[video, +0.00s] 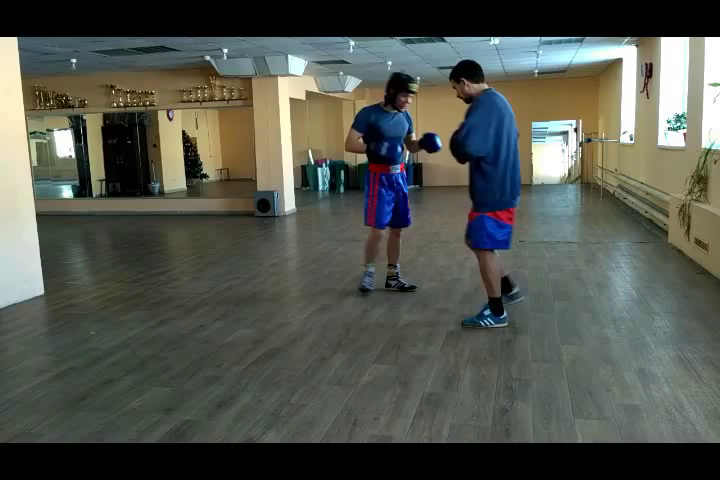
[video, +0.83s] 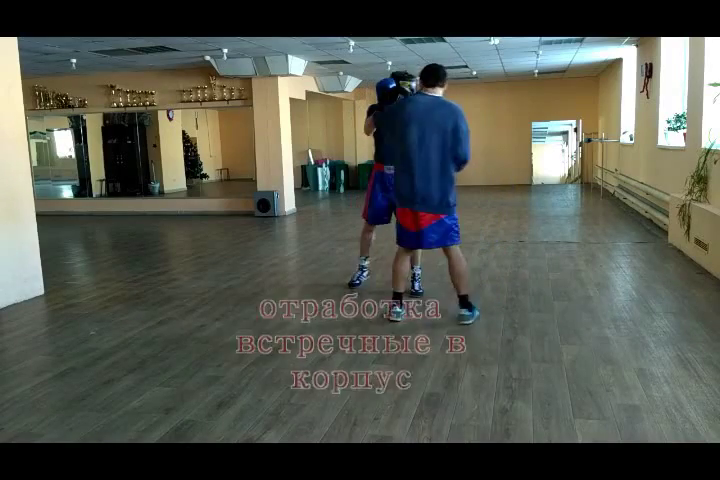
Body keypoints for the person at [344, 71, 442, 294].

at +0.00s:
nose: (408, 101)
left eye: (410, 96)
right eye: (405, 96)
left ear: (409, 96)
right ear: (392, 93)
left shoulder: (405, 117)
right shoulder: (369, 114)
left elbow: (410, 146)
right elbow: (350, 145)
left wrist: (423, 144)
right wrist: (371, 147)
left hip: (399, 177)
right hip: (378, 177)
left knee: (396, 229)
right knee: (379, 229)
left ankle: (393, 277)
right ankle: (368, 273)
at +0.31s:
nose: (377, 102)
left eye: (379, 97)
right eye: (372, 97)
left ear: (383, 97)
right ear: (360, 98)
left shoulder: (390, 117)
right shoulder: (349, 122)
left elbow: (402, 148)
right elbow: (343, 155)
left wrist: (399, 148)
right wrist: (360, 152)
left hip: (388, 177)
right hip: (363, 179)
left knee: (401, 226)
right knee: (357, 228)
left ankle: (409, 270)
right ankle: (355, 269)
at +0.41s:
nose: (376, 101)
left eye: (379, 97)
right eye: (371, 97)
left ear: (382, 97)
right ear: (360, 97)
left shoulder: (389, 116)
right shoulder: (348, 120)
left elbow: (403, 150)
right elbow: (342, 153)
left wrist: (390, 146)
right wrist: (361, 148)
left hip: (388, 176)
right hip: (363, 177)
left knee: (400, 225)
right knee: (357, 227)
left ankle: (410, 270)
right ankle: (355, 269)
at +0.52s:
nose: (380, 98)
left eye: (383, 94)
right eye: (375, 94)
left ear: (387, 95)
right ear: (365, 94)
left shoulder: (391, 113)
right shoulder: (353, 115)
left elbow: (406, 134)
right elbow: (346, 142)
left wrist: (409, 109)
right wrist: (358, 116)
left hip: (388, 174)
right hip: (364, 175)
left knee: (401, 226)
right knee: (357, 226)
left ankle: (414, 272)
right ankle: (355, 268)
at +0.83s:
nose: (402, 92)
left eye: (406, 88)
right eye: (399, 88)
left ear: (411, 90)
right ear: (390, 89)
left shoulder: (414, 111)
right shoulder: (378, 109)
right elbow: (368, 130)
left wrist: (409, 105)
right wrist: (383, 108)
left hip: (408, 172)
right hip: (382, 170)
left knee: (410, 226)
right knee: (370, 223)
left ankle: (416, 274)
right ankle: (362, 267)